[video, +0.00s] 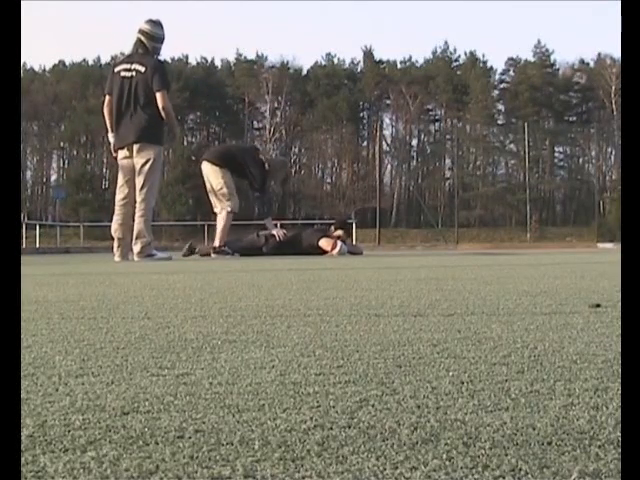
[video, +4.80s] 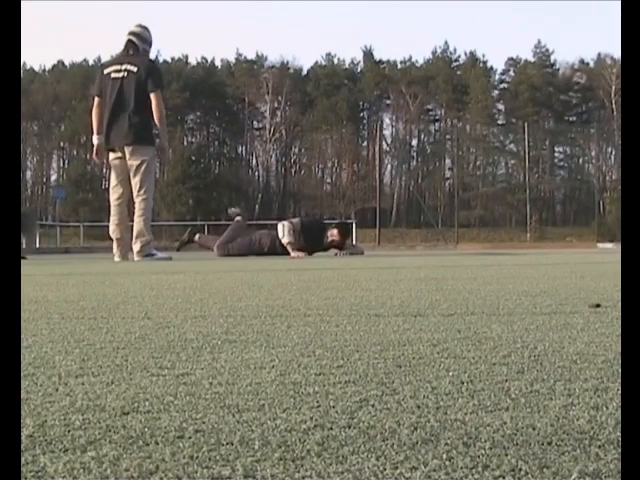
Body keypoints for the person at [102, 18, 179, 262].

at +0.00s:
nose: (160, 47)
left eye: (160, 43)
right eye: (160, 43)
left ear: (138, 38)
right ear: (156, 42)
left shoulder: (118, 65)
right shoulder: (155, 65)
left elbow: (107, 104)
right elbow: (162, 102)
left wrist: (112, 134)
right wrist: (174, 126)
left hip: (121, 136)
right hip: (147, 136)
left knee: (123, 195)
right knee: (145, 195)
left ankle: (119, 249)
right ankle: (142, 248)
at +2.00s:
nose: (160, 47)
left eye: (160, 43)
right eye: (160, 43)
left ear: (139, 38)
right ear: (156, 42)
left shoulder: (120, 65)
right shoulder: (154, 64)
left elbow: (109, 104)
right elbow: (159, 101)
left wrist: (112, 136)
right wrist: (172, 135)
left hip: (123, 138)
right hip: (148, 138)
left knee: (124, 196)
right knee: (145, 196)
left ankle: (119, 249)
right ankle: (143, 248)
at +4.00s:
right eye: (143, 40)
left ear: (125, 41)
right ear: (146, 43)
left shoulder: (109, 65)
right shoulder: (154, 67)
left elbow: (96, 101)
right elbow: (163, 106)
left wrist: (91, 133)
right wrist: (169, 138)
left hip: (114, 139)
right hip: (142, 139)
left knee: (117, 197)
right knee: (142, 196)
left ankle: (119, 251)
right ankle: (142, 248)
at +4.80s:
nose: (148, 50)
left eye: (147, 46)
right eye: (148, 46)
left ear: (127, 41)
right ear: (145, 44)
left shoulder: (106, 66)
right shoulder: (149, 67)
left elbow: (97, 105)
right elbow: (156, 103)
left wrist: (97, 137)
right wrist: (162, 136)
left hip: (113, 138)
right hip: (140, 138)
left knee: (117, 196)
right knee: (143, 195)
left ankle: (119, 250)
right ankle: (142, 248)